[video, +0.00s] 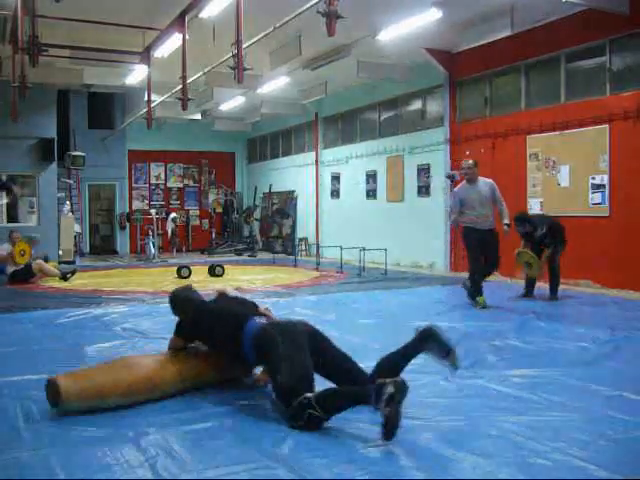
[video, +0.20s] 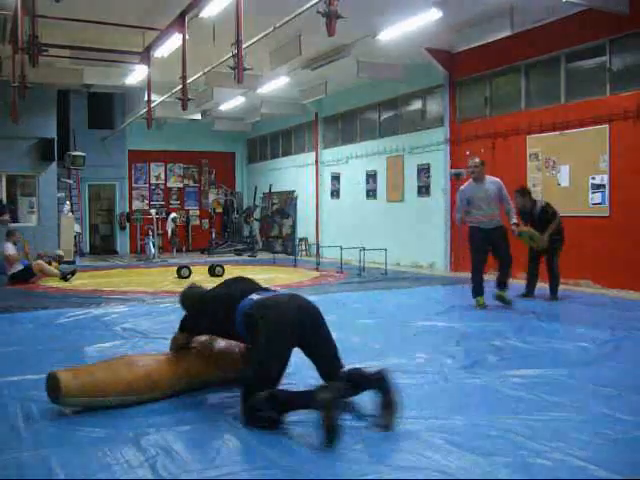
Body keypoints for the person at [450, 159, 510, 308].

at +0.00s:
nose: (466, 172)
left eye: (469, 168)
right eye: (464, 169)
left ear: (476, 170)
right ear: (461, 171)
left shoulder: (489, 184)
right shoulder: (458, 191)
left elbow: (501, 203)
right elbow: (453, 212)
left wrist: (505, 220)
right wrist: (455, 220)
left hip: (489, 228)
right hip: (470, 228)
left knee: (492, 263)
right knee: (476, 263)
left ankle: (472, 282)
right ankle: (477, 295)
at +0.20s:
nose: (473, 170)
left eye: (476, 167)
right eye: (471, 167)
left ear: (483, 168)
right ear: (468, 170)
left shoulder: (496, 183)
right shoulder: (464, 190)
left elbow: (507, 203)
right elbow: (459, 212)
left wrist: (513, 220)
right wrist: (461, 219)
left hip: (496, 227)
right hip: (477, 227)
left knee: (505, 259)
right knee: (478, 263)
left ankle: (501, 290)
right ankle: (478, 296)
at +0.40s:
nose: (481, 170)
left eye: (484, 167)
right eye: (479, 167)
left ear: (492, 168)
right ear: (477, 170)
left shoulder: (505, 184)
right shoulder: (473, 189)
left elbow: (516, 203)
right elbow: (468, 212)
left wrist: (521, 222)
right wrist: (470, 218)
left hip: (505, 228)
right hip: (484, 229)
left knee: (515, 263)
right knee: (482, 266)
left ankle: (523, 294)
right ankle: (479, 296)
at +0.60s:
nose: (493, 170)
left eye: (496, 166)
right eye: (491, 167)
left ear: (504, 167)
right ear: (489, 169)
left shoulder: (519, 185)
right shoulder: (485, 191)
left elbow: (530, 205)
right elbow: (480, 214)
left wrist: (534, 224)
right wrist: (481, 220)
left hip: (519, 230)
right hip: (497, 231)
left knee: (526, 266)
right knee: (491, 264)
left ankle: (527, 298)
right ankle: (482, 295)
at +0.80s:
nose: (504, 170)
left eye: (507, 166)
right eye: (502, 167)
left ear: (516, 166)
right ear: (500, 169)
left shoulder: (531, 184)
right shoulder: (497, 191)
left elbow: (545, 204)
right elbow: (492, 215)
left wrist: (549, 222)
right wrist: (492, 221)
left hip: (531, 229)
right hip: (510, 230)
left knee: (532, 266)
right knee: (506, 263)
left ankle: (529, 300)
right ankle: (492, 290)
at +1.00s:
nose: (512, 168)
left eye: (516, 164)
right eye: (510, 165)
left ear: (524, 166)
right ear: (509, 168)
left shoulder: (539, 183)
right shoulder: (505, 189)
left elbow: (553, 202)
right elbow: (500, 211)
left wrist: (558, 220)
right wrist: (499, 219)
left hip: (538, 229)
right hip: (518, 229)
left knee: (536, 265)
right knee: (519, 264)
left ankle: (530, 299)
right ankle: (521, 298)